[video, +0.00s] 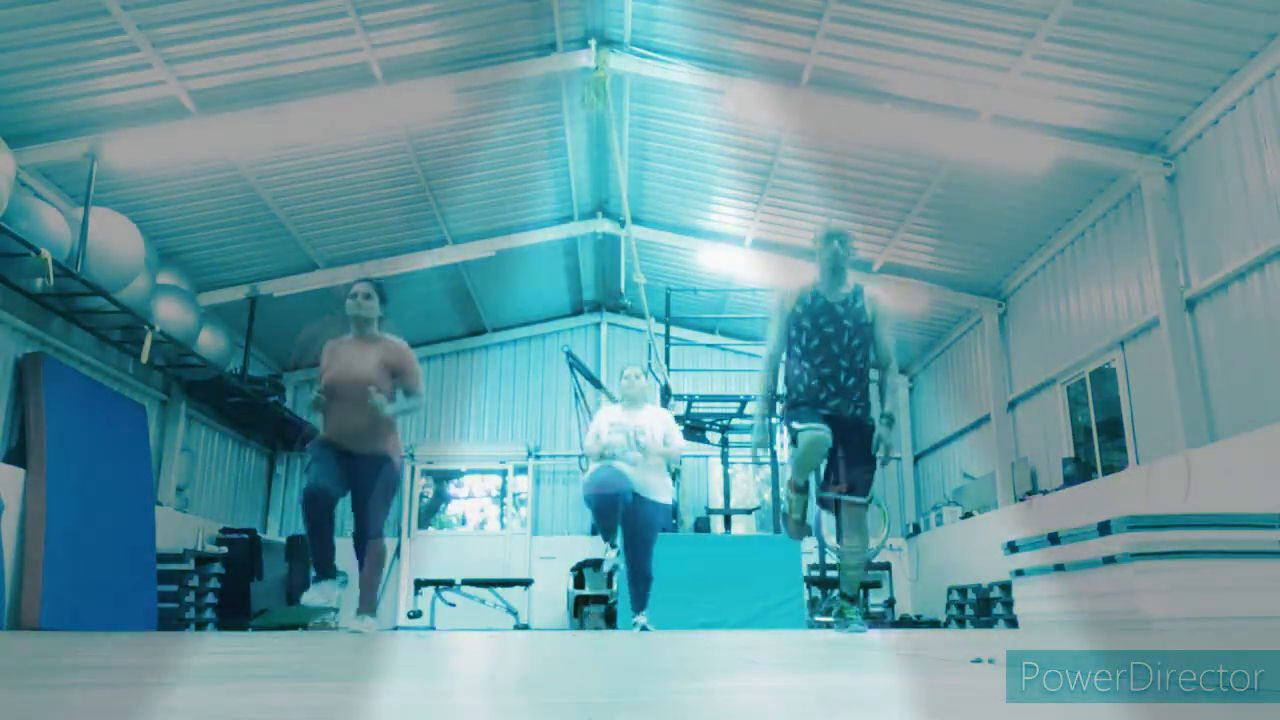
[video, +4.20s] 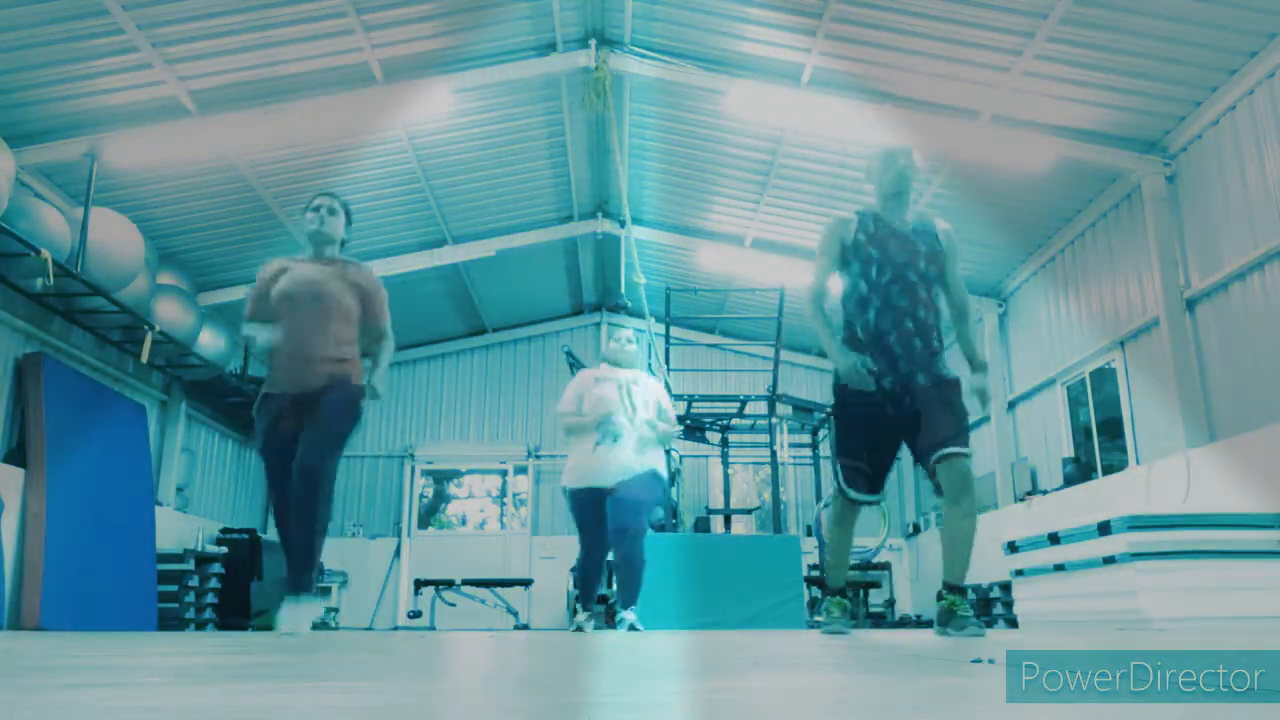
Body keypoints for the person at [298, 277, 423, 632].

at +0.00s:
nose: (359, 301)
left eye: (367, 296)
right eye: (353, 296)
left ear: (381, 306)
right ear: (345, 305)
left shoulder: (395, 349)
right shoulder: (332, 349)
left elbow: (416, 397)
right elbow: (323, 400)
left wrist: (391, 407)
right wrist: (319, 398)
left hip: (377, 453)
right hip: (334, 447)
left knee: (368, 532)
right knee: (315, 493)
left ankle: (366, 613)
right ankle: (326, 579)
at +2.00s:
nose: (349, 311)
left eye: (357, 307)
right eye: (343, 307)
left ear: (371, 319)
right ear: (336, 320)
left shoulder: (390, 356)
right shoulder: (324, 364)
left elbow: (415, 402)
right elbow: (319, 417)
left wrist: (396, 416)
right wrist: (300, 407)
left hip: (383, 463)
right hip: (338, 461)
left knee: (380, 536)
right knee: (335, 529)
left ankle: (383, 610)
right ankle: (335, 611)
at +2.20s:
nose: (350, 285)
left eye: (358, 280)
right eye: (344, 280)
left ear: (371, 291)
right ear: (334, 290)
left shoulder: (392, 330)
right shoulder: (319, 332)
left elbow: (413, 376)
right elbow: (304, 384)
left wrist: (397, 385)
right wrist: (320, 377)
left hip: (382, 430)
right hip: (336, 436)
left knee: (370, 480)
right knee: (336, 518)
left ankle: (378, 550)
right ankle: (338, 605)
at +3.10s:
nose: (349, 270)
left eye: (358, 266)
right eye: (343, 265)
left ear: (373, 278)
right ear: (335, 276)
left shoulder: (387, 321)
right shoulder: (324, 322)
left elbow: (407, 378)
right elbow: (318, 382)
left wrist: (351, 365)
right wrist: (295, 415)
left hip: (364, 435)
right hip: (320, 429)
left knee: (356, 528)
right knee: (289, 464)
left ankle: (354, 611)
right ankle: (302, 552)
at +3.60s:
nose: (317, 250)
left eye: (326, 244)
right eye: (311, 244)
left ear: (341, 256)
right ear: (301, 255)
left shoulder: (361, 303)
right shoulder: (281, 308)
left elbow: (388, 363)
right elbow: (262, 366)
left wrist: (383, 419)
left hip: (347, 427)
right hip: (294, 431)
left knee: (341, 501)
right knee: (291, 527)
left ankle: (349, 559)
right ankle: (298, 612)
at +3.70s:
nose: (320, 233)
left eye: (328, 227)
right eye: (312, 227)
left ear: (342, 238)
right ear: (301, 237)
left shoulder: (363, 287)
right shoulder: (280, 283)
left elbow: (389, 348)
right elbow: (254, 343)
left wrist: (390, 398)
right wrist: (268, 312)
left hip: (344, 392)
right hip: (294, 401)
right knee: (292, 509)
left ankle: (339, 531)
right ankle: (296, 606)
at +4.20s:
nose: (321, 216)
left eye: (331, 212)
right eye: (314, 210)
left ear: (346, 228)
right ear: (302, 223)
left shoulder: (361, 276)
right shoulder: (275, 271)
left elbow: (385, 338)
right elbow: (249, 329)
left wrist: (377, 371)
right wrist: (274, 335)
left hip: (337, 386)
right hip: (281, 389)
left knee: (311, 467)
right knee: (281, 485)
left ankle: (301, 586)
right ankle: (302, 581)